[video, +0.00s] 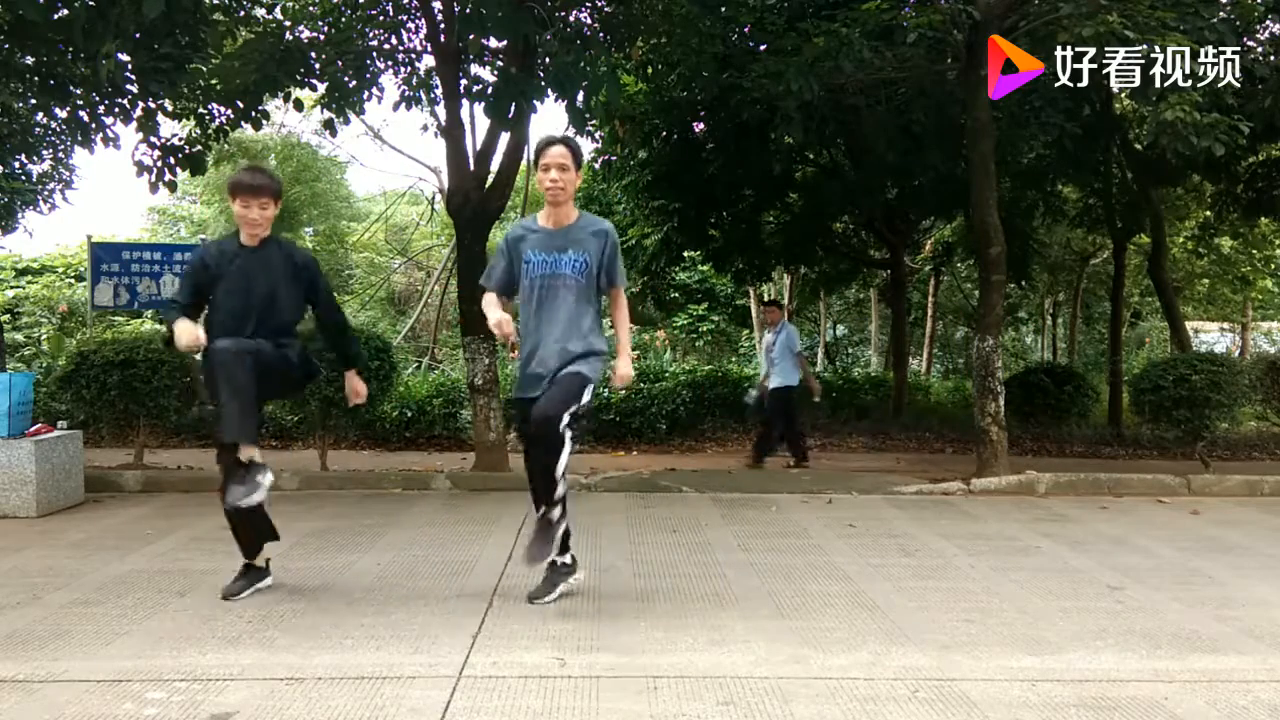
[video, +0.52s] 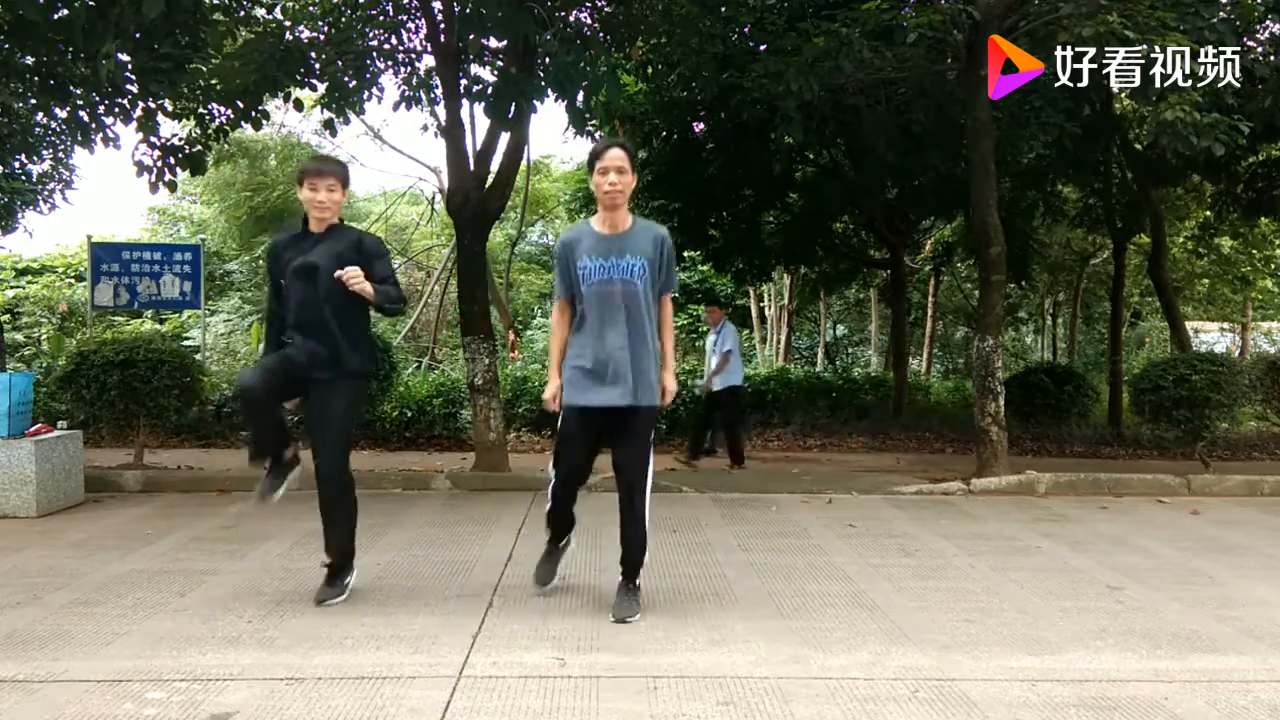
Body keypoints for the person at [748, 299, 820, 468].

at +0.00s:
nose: (768, 316)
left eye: (771, 312)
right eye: (766, 313)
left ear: (781, 313)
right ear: (764, 315)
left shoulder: (789, 331)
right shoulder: (769, 333)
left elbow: (800, 356)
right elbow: (770, 362)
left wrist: (810, 379)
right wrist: (763, 381)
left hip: (786, 383)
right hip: (774, 383)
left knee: (770, 420)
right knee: (788, 422)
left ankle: (758, 456)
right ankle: (800, 455)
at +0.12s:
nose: (753, 318)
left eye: (756, 314)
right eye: (751, 314)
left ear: (764, 315)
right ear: (749, 317)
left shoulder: (773, 334)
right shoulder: (755, 336)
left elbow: (787, 358)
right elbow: (757, 361)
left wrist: (799, 379)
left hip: (768, 385)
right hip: (757, 384)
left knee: (751, 422)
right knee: (777, 421)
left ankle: (740, 460)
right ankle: (798, 456)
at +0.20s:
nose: (744, 318)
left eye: (747, 314)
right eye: (742, 314)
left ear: (757, 315)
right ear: (742, 317)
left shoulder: (766, 334)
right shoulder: (748, 336)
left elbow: (778, 360)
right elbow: (749, 361)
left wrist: (792, 383)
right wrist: (742, 382)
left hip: (760, 384)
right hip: (747, 383)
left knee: (742, 420)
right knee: (764, 422)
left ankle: (738, 460)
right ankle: (792, 452)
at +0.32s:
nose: (730, 316)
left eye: (733, 312)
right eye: (727, 313)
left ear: (742, 311)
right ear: (727, 316)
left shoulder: (750, 328)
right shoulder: (736, 331)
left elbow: (757, 355)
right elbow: (737, 357)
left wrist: (760, 381)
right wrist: (731, 378)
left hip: (745, 382)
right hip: (732, 383)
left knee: (742, 423)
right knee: (728, 418)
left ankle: (738, 460)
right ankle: (761, 442)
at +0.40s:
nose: (723, 315)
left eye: (726, 311)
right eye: (721, 312)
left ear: (735, 311)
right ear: (720, 315)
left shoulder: (743, 329)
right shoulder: (728, 331)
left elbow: (747, 356)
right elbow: (728, 358)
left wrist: (744, 382)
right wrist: (721, 378)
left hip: (737, 382)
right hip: (724, 381)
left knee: (737, 422)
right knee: (718, 416)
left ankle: (738, 459)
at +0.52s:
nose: (709, 316)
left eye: (713, 312)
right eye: (707, 312)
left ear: (722, 312)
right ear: (705, 315)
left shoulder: (728, 330)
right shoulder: (712, 333)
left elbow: (726, 356)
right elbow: (711, 358)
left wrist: (710, 377)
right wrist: (708, 379)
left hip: (729, 385)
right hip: (715, 386)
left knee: (731, 425)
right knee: (702, 421)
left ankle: (737, 461)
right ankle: (693, 454)